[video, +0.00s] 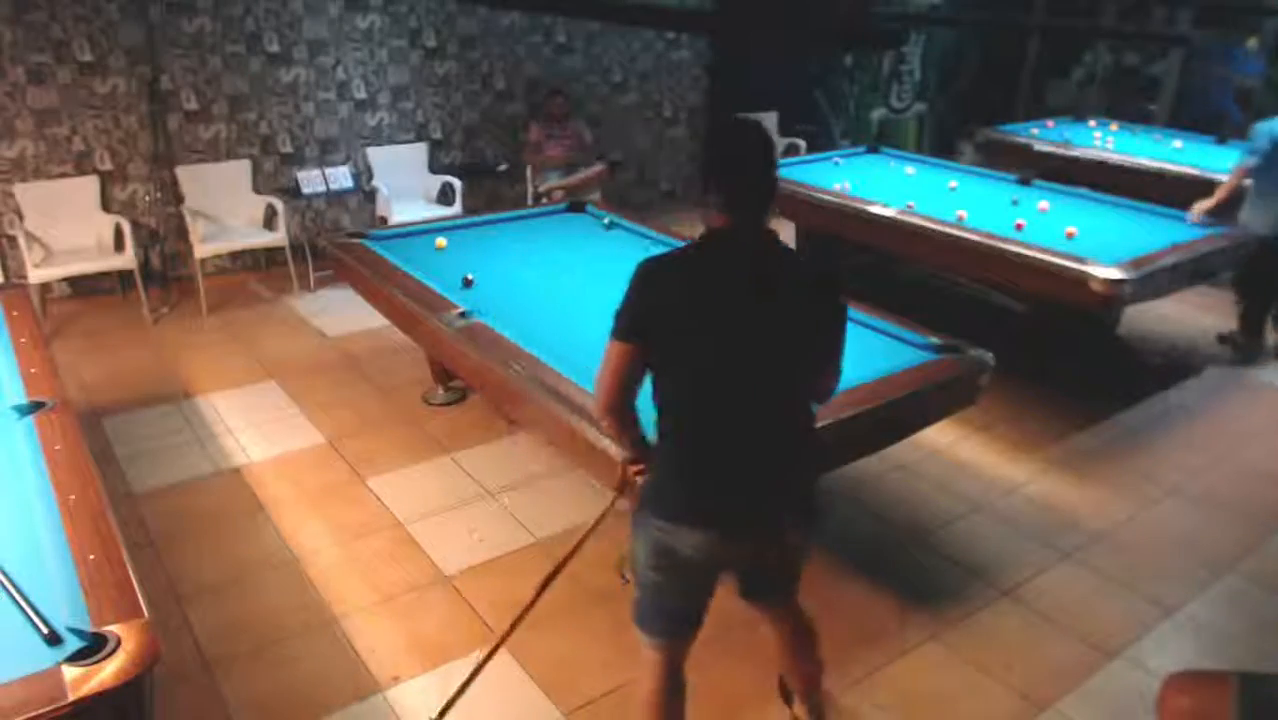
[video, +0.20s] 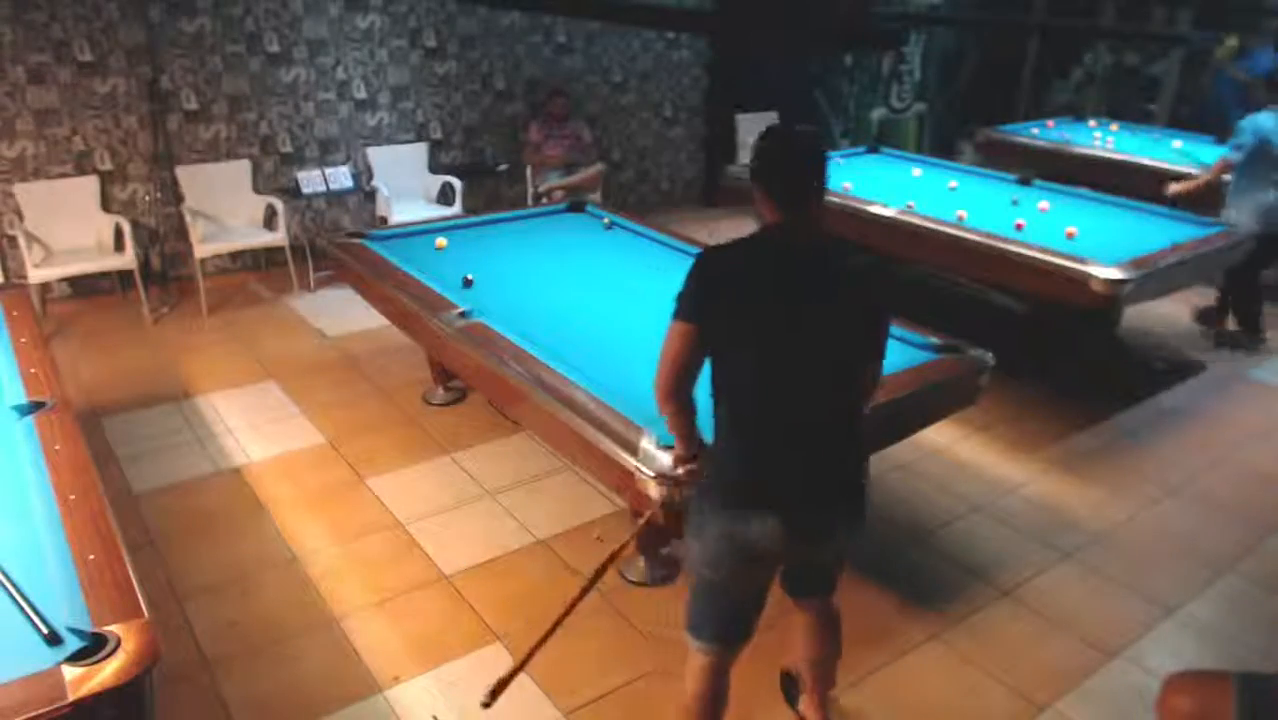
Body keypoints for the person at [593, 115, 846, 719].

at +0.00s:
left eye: (715, 179)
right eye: (755, 179)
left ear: (703, 187)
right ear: (773, 190)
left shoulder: (660, 278)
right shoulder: (812, 281)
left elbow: (612, 401)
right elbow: (822, 386)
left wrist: (641, 454)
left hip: (685, 504)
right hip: (776, 499)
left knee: (665, 660)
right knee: (785, 611)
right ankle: (815, 707)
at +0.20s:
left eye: (762, 185)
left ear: (756, 192)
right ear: (824, 190)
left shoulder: (719, 268)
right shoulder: (863, 273)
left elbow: (671, 387)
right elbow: (866, 385)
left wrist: (688, 449)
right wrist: (827, 430)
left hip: (741, 486)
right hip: (829, 483)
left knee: (710, 656)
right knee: (817, 604)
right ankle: (818, 707)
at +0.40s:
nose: (788, 198)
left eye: (787, 189)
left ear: (787, 197)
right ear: (850, 194)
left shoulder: (751, 263)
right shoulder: (881, 272)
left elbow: (710, 375)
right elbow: (885, 383)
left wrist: (722, 450)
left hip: (773, 476)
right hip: (860, 475)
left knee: (757, 652)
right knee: (824, 596)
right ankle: (818, 707)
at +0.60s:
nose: (796, 203)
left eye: (798, 193)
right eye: (806, 193)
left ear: (804, 199)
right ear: (868, 201)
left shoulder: (772, 263)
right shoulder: (891, 276)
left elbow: (725, 376)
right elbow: (893, 383)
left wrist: (732, 441)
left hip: (792, 484)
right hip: (878, 481)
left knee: (774, 663)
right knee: (832, 599)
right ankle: (821, 710)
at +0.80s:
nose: (809, 207)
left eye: (813, 197)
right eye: (815, 198)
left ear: (823, 205)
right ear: (885, 208)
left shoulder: (785, 272)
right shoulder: (910, 287)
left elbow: (727, 389)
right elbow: (906, 392)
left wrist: (726, 431)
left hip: (796, 494)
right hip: (885, 492)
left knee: (778, 678)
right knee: (834, 606)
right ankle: (823, 710)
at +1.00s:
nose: (819, 217)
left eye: (823, 207)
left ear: (828, 216)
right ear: (899, 224)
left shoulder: (787, 302)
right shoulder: (925, 312)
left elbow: (717, 441)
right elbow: (935, 412)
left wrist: (744, 477)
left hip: (792, 540)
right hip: (883, 535)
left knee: (770, 704)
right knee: (828, 625)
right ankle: (819, 710)